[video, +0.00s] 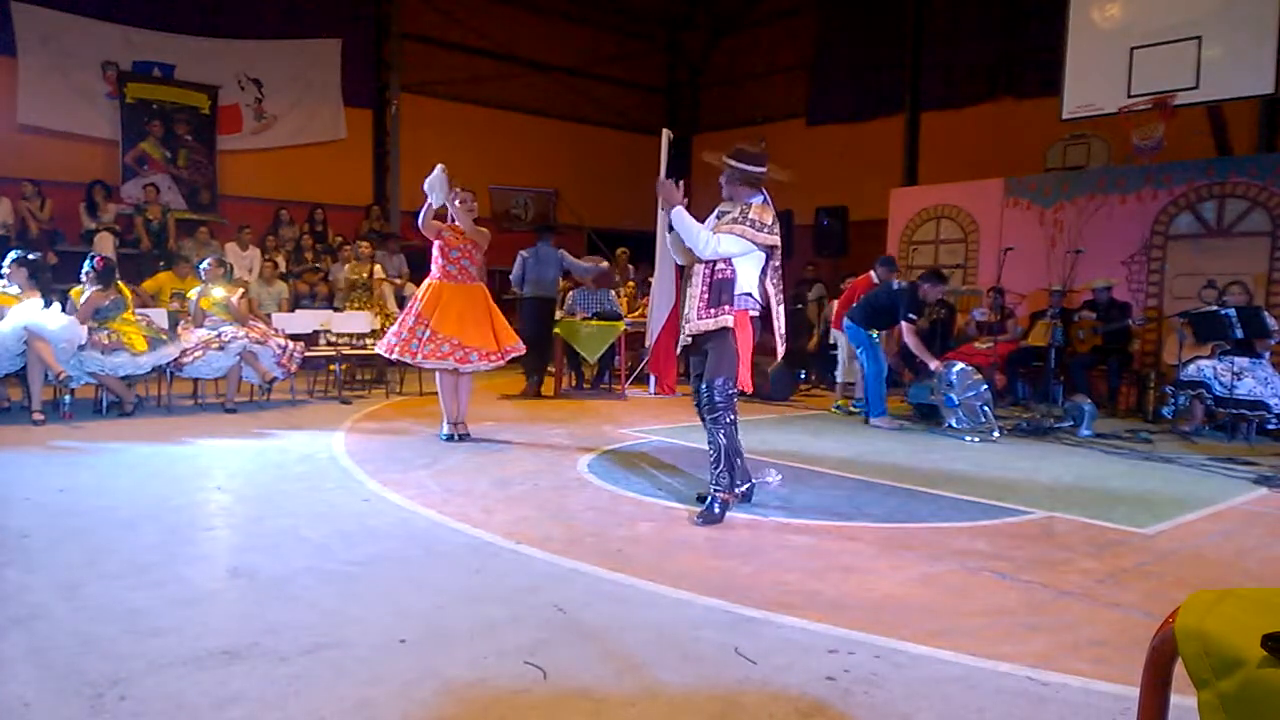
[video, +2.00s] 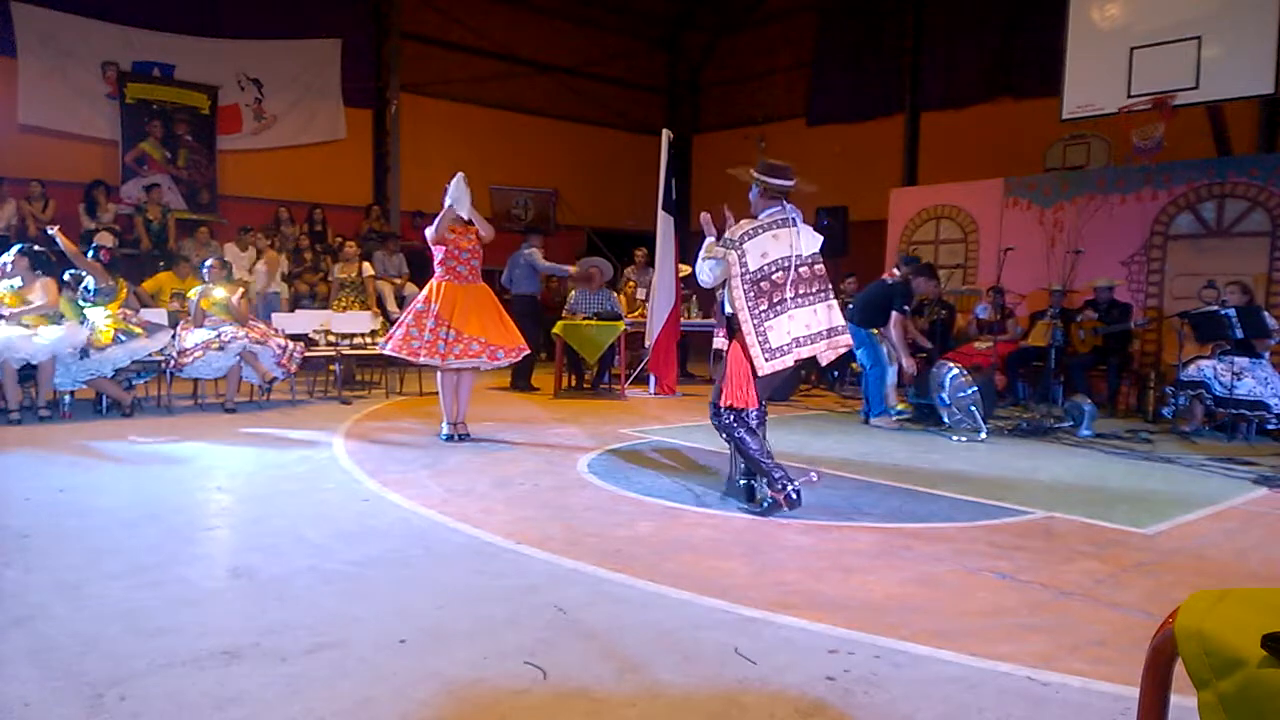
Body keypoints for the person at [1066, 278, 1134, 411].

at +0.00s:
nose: (1097, 295)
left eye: (1101, 292)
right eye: (1095, 292)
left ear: (1108, 292)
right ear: (1093, 293)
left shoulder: (1122, 307)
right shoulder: (1089, 306)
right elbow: (1070, 317)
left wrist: (1097, 317)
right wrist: (1079, 316)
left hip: (1117, 349)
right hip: (1097, 348)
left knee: (1114, 366)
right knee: (1077, 363)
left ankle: (1111, 403)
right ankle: (1084, 399)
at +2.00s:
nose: (1099, 295)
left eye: (1103, 291)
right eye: (1097, 291)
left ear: (1111, 292)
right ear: (1094, 292)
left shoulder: (1123, 308)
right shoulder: (1090, 305)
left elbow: (1118, 321)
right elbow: (1070, 315)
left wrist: (1097, 317)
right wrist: (1079, 316)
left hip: (1116, 350)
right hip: (1096, 348)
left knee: (1114, 367)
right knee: (1076, 364)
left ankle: (1111, 404)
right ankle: (1084, 400)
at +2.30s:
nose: (1099, 295)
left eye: (1103, 291)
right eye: (1097, 291)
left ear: (1111, 292)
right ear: (1095, 292)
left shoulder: (1123, 308)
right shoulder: (1090, 305)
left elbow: (1119, 321)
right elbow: (1069, 315)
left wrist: (1098, 317)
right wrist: (1080, 317)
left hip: (1116, 349)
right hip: (1096, 348)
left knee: (1114, 366)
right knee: (1075, 363)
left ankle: (1111, 404)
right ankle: (1084, 400)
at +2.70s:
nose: (1099, 294)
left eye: (1103, 291)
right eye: (1097, 291)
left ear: (1111, 292)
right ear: (1095, 292)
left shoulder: (1124, 308)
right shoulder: (1090, 305)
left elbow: (1119, 321)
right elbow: (1068, 315)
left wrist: (1099, 317)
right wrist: (1080, 317)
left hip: (1116, 349)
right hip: (1096, 348)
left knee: (1115, 366)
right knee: (1075, 363)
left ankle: (1111, 404)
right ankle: (1084, 400)